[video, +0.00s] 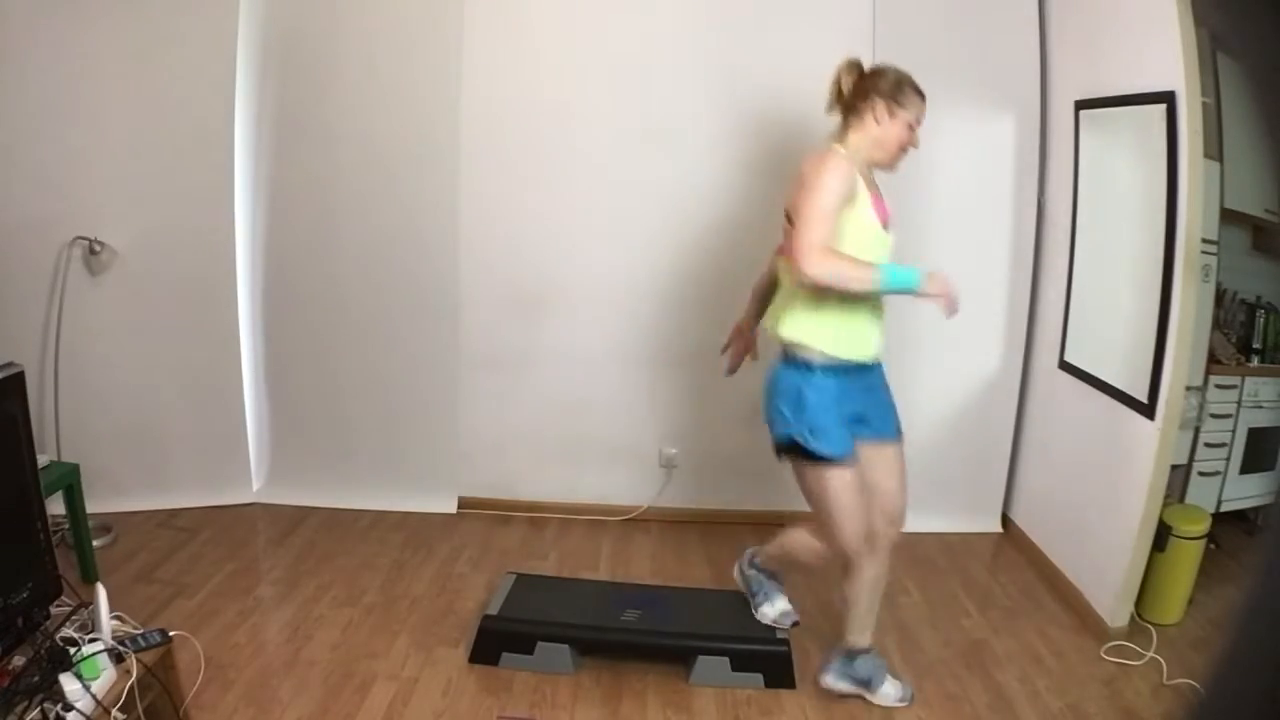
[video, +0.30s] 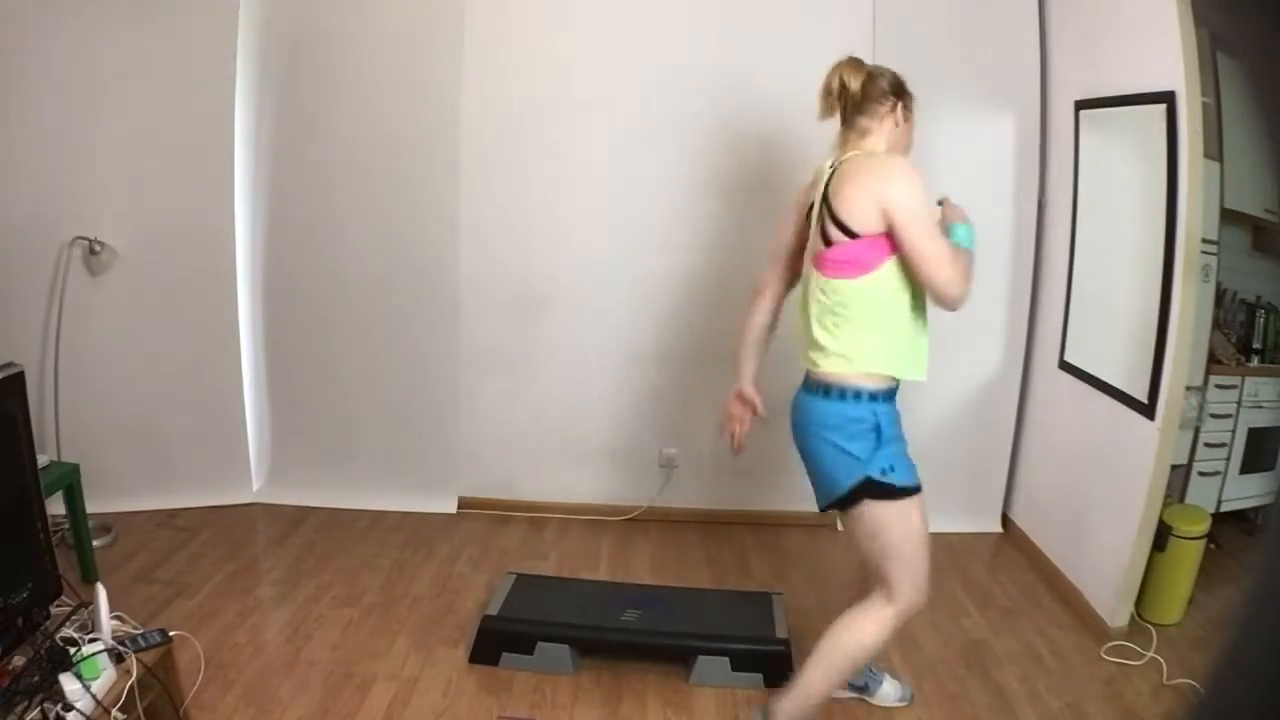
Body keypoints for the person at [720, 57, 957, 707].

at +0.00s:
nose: (914, 141)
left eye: (917, 128)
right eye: (910, 125)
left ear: (876, 118)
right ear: (876, 112)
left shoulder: (857, 178)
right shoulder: (827, 169)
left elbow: (785, 256)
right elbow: (810, 262)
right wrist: (915, 280)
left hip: (861, 371)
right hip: (809, 373)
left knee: (885, 524)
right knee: (843, 541)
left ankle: (853, 657)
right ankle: (758, 564)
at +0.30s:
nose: (912, 135)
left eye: (911, 124)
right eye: (912, 123)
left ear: (849, 117)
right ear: (896, 115)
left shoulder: (816, 185)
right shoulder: (891, 176)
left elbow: (773, 285)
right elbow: (952, 289)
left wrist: (745, 379)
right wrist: (961, 229)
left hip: (825, 407)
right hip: (860, 416)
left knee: (885, 561)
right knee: (904, 594)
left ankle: (849, 663)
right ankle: (787, 711)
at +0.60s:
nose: (768, 122)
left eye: (767, 112)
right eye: (770, 113)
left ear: (777, 109)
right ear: (838, 105)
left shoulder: (748, 179)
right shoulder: (893, 179)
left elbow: (703, 286)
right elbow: (937, 306)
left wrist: (674, 389)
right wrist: (879, 320)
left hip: (752, 426)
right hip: (838, 439)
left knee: (794, 587)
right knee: (827, 636)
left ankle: (796, 697)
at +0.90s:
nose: (635, 150)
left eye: (636, 138)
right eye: (637, 138)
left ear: (648, 136)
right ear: (708, 133)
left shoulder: (628, 212)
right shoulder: (770, 209)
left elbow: (593, 345)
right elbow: (819, 330)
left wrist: (583, 412)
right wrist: (842, 437)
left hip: (673, 454)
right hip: (766, 449)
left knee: (621, 601)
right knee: (787, 631)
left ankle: (618, 715)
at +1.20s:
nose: (553, 81)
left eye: (553, 72)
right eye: (558, 73)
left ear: (561, 70)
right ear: (622, 71)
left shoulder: (536, 127)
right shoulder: (670, 135)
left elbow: (458, 173)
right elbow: (761, 199)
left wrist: (509, 145)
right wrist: (829, 282)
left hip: (594, 367)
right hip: (672, 357)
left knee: (588, 561)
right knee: (609, 472)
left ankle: (602, 706)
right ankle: (610, 596)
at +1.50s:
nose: (501, 81)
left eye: (503, 68)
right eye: (500, 69)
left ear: (525, 59)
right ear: (553, 59)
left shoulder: (515, 114)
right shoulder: (609, 119)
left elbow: (431, 205)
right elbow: (667, 207)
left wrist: (377, 270)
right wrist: (669, 295)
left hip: (541, 319)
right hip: (606, 318)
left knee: (480, 448)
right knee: (550, 444)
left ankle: (459, 594)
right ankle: (553, 587)